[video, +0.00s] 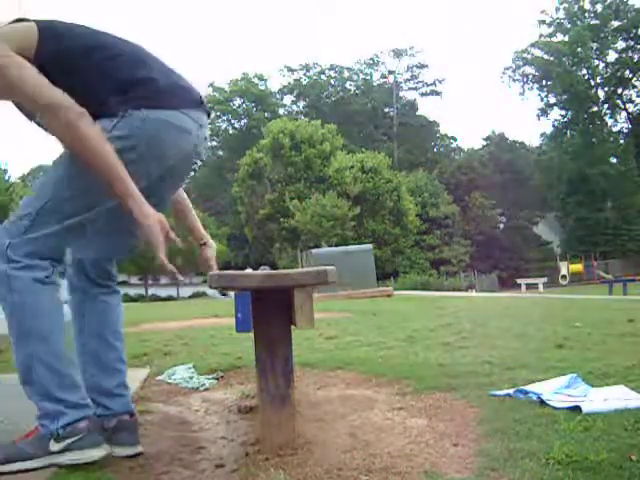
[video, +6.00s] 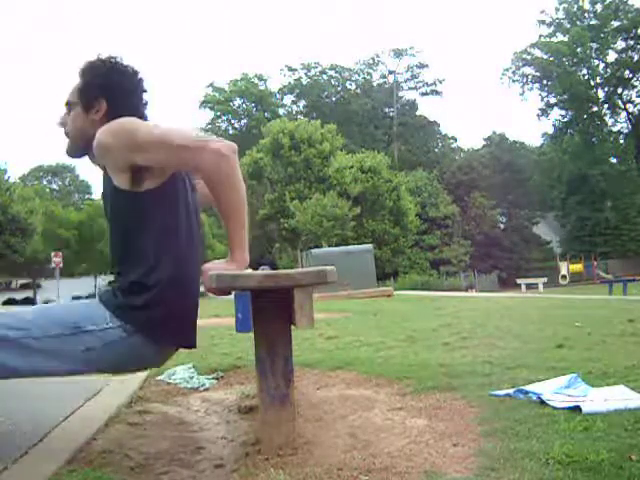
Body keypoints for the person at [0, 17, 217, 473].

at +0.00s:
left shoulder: (8, 51)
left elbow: (64, 113)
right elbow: (147, 151)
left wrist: (139, 208)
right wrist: (200, 235)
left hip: (145, 122)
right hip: (192, 127)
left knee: (21, 250)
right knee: (91, 267)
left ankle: (65, 421)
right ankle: (114, 414)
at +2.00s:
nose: (154, 5)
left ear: (189, 6)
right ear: (189, 9)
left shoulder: (188, 42)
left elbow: (216, 148)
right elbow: (207, 175)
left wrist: (236, 255)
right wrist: (237, 251)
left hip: (90, 219)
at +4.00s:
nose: (78, 40)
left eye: (88, 31)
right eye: (84, 31)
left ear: (113, 39)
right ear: (112, 41)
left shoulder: (124, 80)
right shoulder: (136, 87)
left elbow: (209, 150)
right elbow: (200, 177)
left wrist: (233, 256)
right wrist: (234, 253)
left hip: (107, 267)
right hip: (111, 268)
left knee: (3, 326)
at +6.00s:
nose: (62, 121)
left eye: (70, 108)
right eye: (65, 108)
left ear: (98, 110)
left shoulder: (114, 137)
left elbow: (220, 154)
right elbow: (219, 189)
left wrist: (238, 258)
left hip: (134, 324)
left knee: (3, 332)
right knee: (7, 323)